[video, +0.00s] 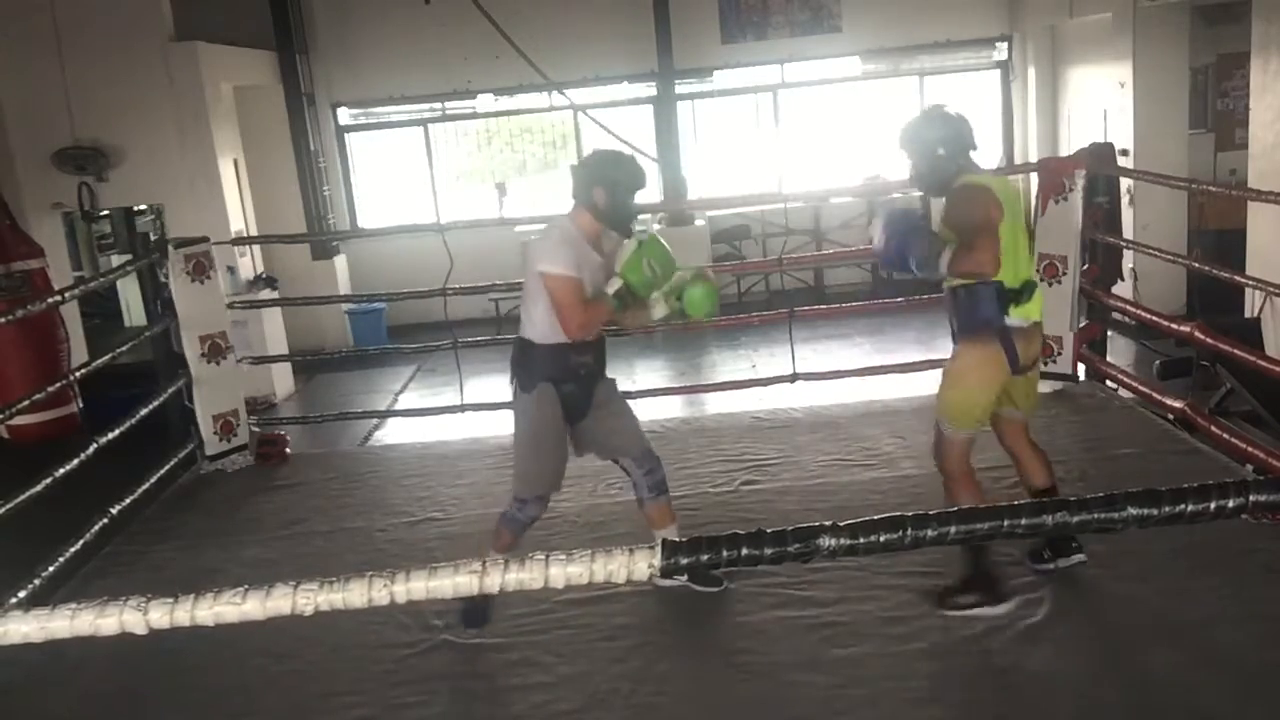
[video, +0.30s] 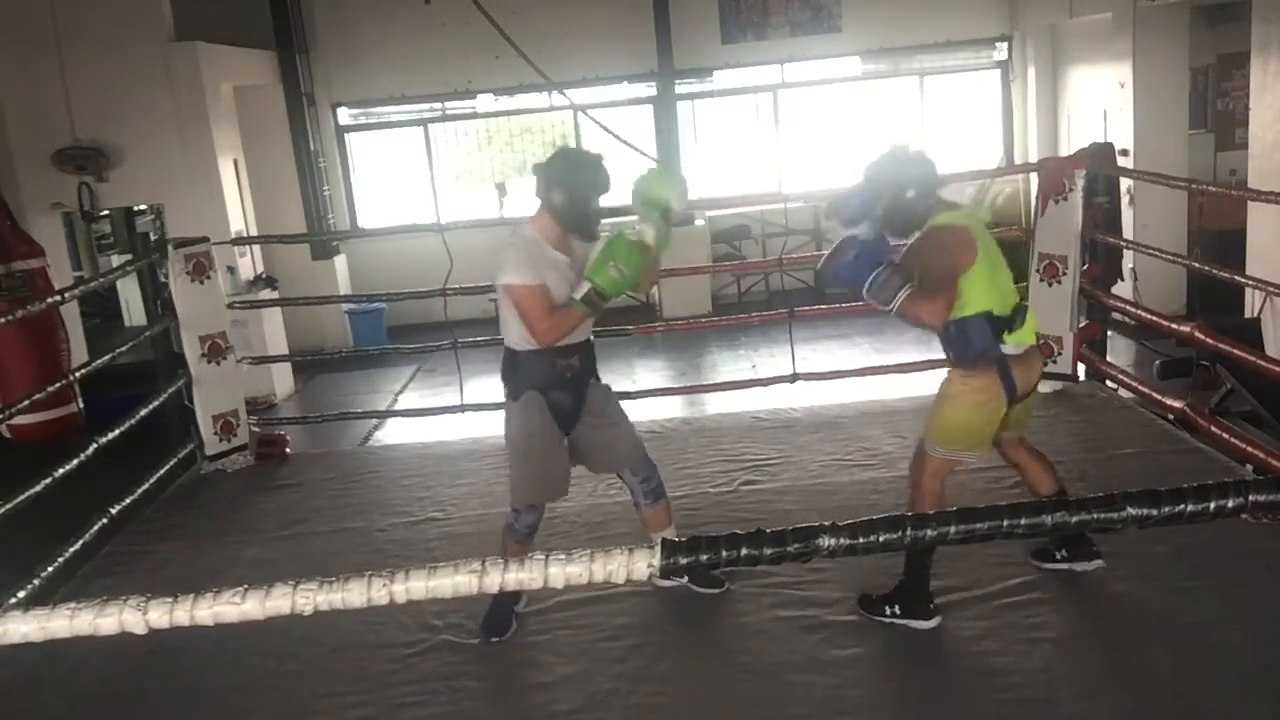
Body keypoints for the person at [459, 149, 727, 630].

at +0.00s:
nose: (634, 205)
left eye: (635, 196)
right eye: (628, 195)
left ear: (606, 196)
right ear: (598, 194)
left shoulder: (612, 246)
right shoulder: (553, 245)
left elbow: (620, 311)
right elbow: (576, 324)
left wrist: (667, 297)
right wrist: (623, 293)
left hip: (587, 374)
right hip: (540, 378)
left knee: (645, 465)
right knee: (534, 494)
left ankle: (674, 560)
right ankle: (485, 581)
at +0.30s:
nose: (599, 207)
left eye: (600, 197)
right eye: (591, 197)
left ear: (568, 198)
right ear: (558, 195)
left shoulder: (581, 246)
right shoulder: (518, 252)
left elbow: (638, 282)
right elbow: (544, 330)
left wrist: (654, 223)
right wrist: (596, 294)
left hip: (583, 383)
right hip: (532, 391)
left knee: (639, 469)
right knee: (527, 506)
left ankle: (673, 559)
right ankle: (508, 592)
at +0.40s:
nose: (587, 211)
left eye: (588, 200)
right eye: (578, 200)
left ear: (560, 200)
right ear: (547, 198)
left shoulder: (568, 245)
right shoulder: (503, 256)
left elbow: (637, 267)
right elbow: (532, 330)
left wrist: (633, 208)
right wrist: (585, 291)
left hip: (581, 380)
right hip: (528, 390)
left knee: (646, 469)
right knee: (523, 509)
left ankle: (673, 560)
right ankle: (507, 592)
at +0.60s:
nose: (603, 212)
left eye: (605, 201)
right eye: (594, 203)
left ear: (599, 199)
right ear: (562, 201)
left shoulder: (591, 243)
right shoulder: (517, 258)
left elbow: (660, 263)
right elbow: (547, 333)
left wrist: (653, 206)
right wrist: (600, 294)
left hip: (595, 385)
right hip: (539, 392)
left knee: (649, 482)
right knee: (524, 510)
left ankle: (705, 581)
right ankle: (506, 595)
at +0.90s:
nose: (675, 237)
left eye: (676, 225)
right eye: (666, 226)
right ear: (630, 229)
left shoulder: (665, 265)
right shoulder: (577, 276)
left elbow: (685, 319)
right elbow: (587, 358)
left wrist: (721, 322)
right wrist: (647, 335)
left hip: (651, 399)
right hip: (590, 406)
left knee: (716, 494)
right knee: (547, 516)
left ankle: (724, 588)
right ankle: (513, 592)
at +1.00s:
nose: (679, 225)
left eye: (680, 213)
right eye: (670, 214)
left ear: (671, 210)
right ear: (635, 211)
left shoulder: (669, 256)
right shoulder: (582, 256)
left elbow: (687, 317)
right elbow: (589, 340)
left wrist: (710, 321)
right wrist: (651, 317)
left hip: (652, 388)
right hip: (592, 391)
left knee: (707, 486)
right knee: (555, 503)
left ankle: (724, 585)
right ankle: (527, 584)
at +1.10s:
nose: (671, 211)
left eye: (672, 200)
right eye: (665, 200)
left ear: (642, 198)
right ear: (633, 198)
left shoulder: (653, 241)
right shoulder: (573, 247)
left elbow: (661, 303)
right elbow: (591, 331)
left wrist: (696, 315)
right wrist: (650, 301)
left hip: (645, 376)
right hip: (588, 383)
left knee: (698, 482)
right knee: (562, 504)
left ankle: (723, 583)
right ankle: (536, 592)